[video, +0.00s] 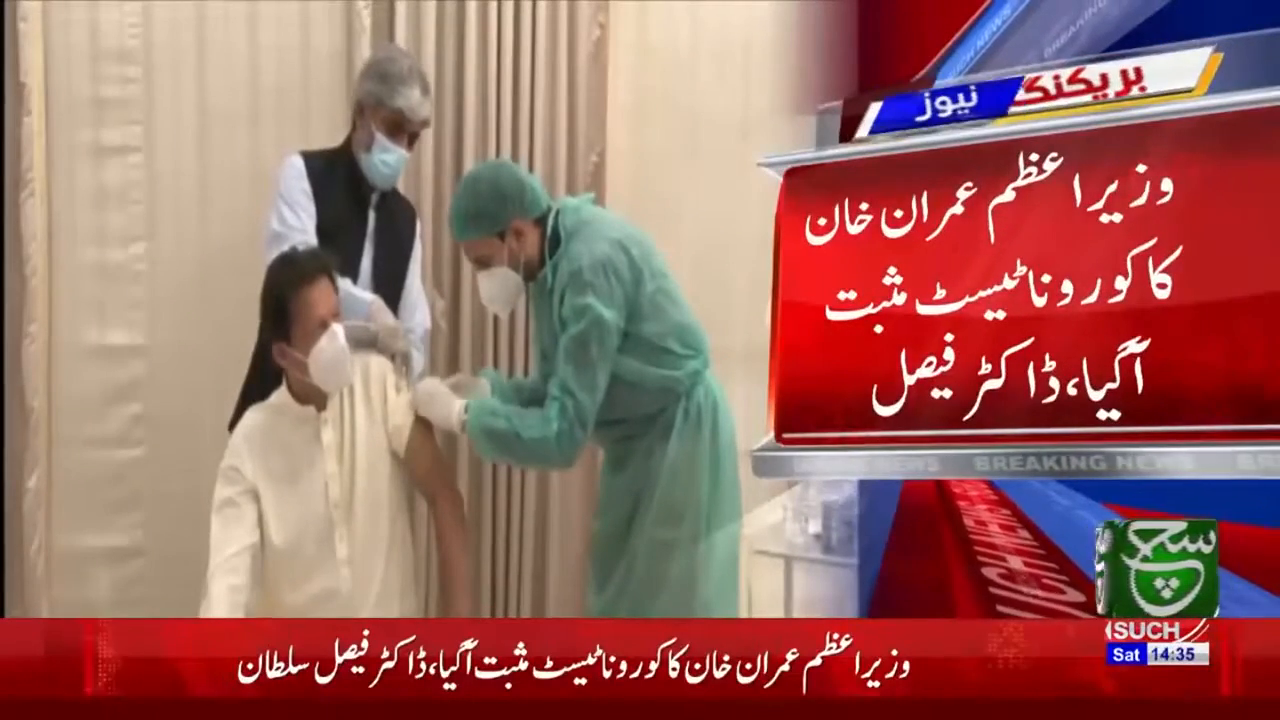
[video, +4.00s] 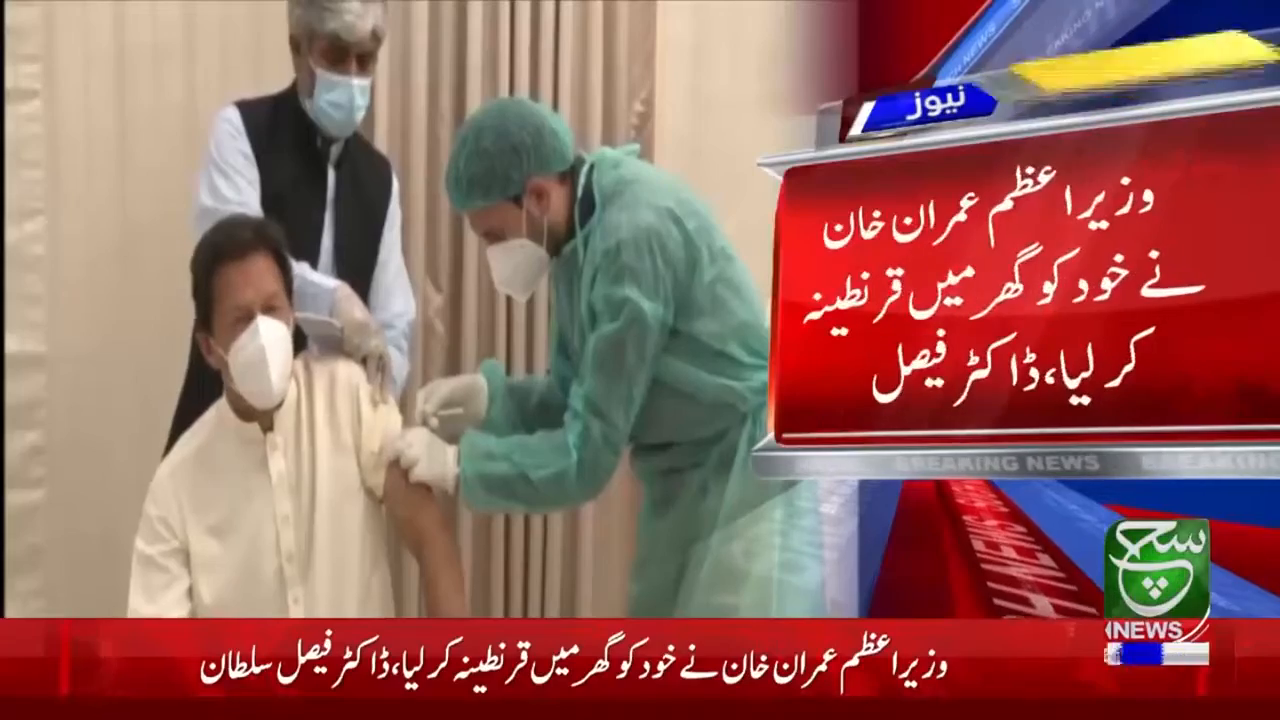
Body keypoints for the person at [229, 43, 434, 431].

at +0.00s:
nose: (402, 149)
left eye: (413, 138)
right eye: (393, 131)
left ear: (422, 135)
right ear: (362, 115)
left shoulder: (404, 216)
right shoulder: (304, 172)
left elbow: (414, 316)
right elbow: (293, 268)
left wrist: (404, 390)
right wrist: (370, 309)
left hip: (370, 388)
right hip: (296, 377)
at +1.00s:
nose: (402, 151)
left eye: (414, 139)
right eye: (393, 132)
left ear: (423, 137)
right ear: (364, 116)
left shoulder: (408, 216)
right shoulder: (307, 171)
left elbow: (419, 318)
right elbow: (292, 267)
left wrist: (411, 395)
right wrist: (369, 309)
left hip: (372, 389)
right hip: (298, 378)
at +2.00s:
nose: (406, 153)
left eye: (420, 143)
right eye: (398, 134)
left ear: (430, 143)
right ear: (370, 116)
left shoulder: (412, 217)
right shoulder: (314, 172)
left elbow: (424, 318)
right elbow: (294, 268)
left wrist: (419, 398)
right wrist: (371, 311)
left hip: (372, 391)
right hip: (298, 376)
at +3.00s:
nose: (351, 77)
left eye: (364, 59)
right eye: (335, 57)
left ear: (377, 56)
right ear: (297, 50)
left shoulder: (377, 169)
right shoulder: (242, 126)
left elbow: (396, 303)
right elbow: (231, 248)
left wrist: (376, 379)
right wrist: (332, 297)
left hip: (335, 398)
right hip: (237, 385)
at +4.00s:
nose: (351, 78)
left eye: (364, 62)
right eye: (334, 59)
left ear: (377, 62)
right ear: (299, 52)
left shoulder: (378, 173)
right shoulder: (242, 129)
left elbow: (394, 307)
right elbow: (232, 253)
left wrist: (373, 393)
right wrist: (335, 299)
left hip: (332, 401)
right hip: (237, 385)